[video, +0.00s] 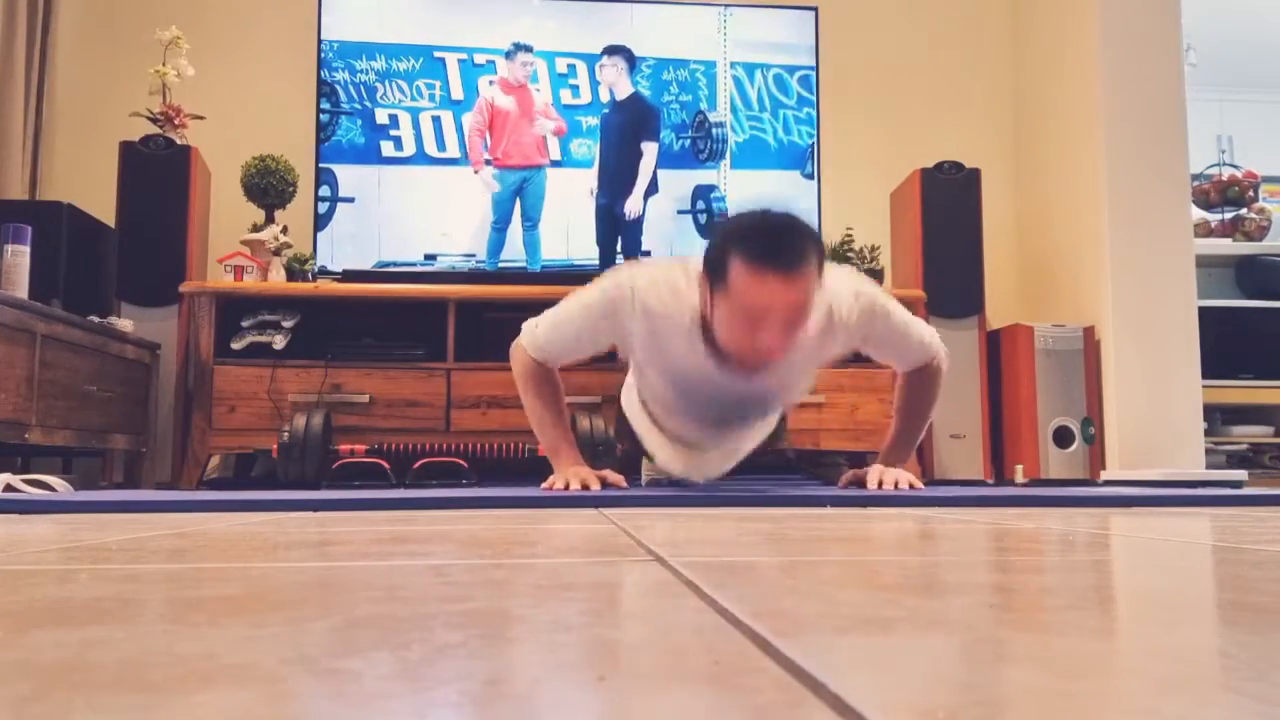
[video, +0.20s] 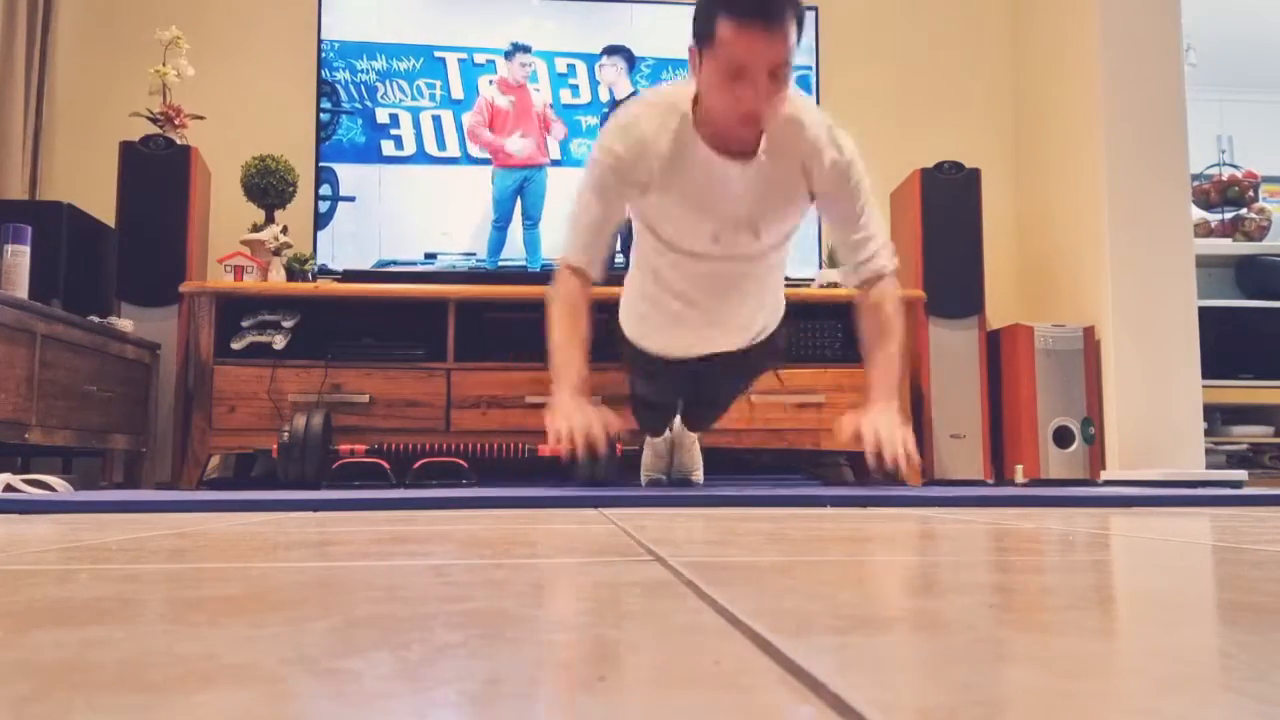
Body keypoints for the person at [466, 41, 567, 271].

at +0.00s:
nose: (529, 70)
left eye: (531, 65)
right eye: (524, 64)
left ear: (533, 66)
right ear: (508, 64)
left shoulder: (537, 96)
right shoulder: (491, 96)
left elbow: (562, 127)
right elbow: (475, 131)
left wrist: (552, 126)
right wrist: (480, 167)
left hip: (535, 170)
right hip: (505, 170)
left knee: (532, 223)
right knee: (500, 224)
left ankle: (535, 270)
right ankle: (490, 269)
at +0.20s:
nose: (528, 70)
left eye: (530, 65)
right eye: (523, 65)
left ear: (532, 66)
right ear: (508, 64)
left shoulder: (537, 95)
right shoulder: (491, 95)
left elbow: (554, 127)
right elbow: (474, 129)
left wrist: (557, 128)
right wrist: (503, 144)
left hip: (536, 168)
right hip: (506, 169)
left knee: (532, 222)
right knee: (501, 222)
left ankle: (535, 268)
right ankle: (490, 266)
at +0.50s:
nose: (531, 70)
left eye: (534, 65)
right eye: (526, 65)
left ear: (536, 65)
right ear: (512, 65)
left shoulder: (541, 94)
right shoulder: (495, 96)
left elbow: (561, 121)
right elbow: (480, 129)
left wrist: (578, 139)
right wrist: (515, 132)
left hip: (537, 169)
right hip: (507, 169)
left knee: (533, 221)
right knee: (501, 220)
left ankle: (534, 270)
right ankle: (491, 267)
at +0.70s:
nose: (539, 74)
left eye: (542, 69)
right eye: (534, 68)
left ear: (545, 68)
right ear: (520, 65)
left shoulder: (551, 99)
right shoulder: (501, 95)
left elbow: (570, 125)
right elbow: (482, 125)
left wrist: (592, 143)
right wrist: (512, 136)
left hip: (539, 170)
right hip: (508, 169)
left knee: (535, 220)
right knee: (502, 218)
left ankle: (536, 268)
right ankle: (492, 265)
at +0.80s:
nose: (541, 74)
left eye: (544, 69)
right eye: (536, 68)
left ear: (547, 68)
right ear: (522, 65)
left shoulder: (552, 98)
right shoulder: (503, 93)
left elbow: (570, 124)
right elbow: (482, 125)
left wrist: (592, 142)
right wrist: (512, 136)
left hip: (540, 169)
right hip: (509, 168)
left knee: (535, 219)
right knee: (503, 218)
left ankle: (536, 267)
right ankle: (493, 264)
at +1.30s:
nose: (549, 72)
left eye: (550, 66)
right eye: (543, 67)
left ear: (551, 65)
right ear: (526, 65)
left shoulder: (553, 90)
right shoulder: (511, 95)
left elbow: (574, 100)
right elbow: (504, 135)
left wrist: (594, 105)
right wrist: (540, 146)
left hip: (545, 166)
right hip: (519, 166)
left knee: (540, 215)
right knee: (510, 214)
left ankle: (541, 262)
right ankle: (499, 258)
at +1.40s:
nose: (545, 69)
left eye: (547, 63)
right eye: (540, 64)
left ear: (548, 63)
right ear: (525, 64)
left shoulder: (552, 89)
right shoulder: (509, 94)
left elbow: (574, 100)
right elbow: (501, 133)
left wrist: (594, 105)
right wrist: (535, 145)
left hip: (546, 165)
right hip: (519, 165)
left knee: (541, 214)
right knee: (510, 213)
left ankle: (542, 261)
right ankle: (500, 259)